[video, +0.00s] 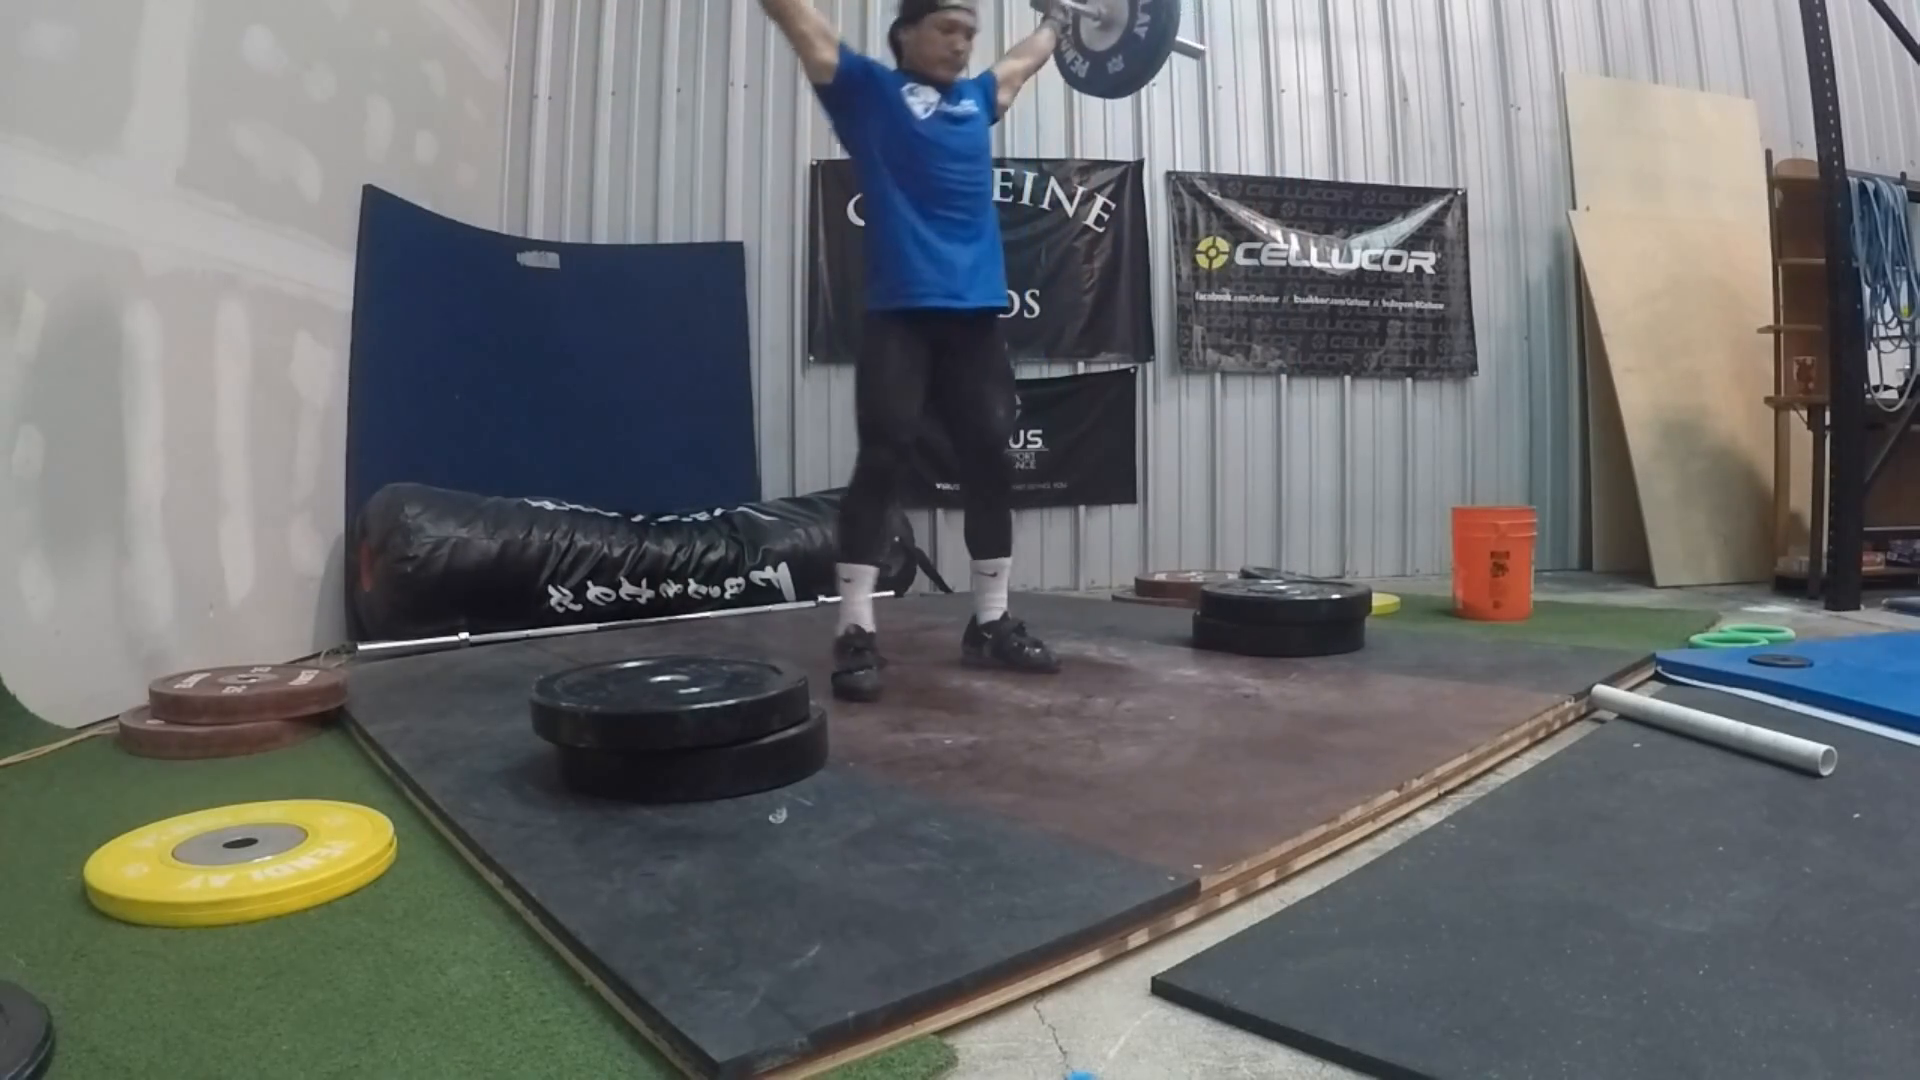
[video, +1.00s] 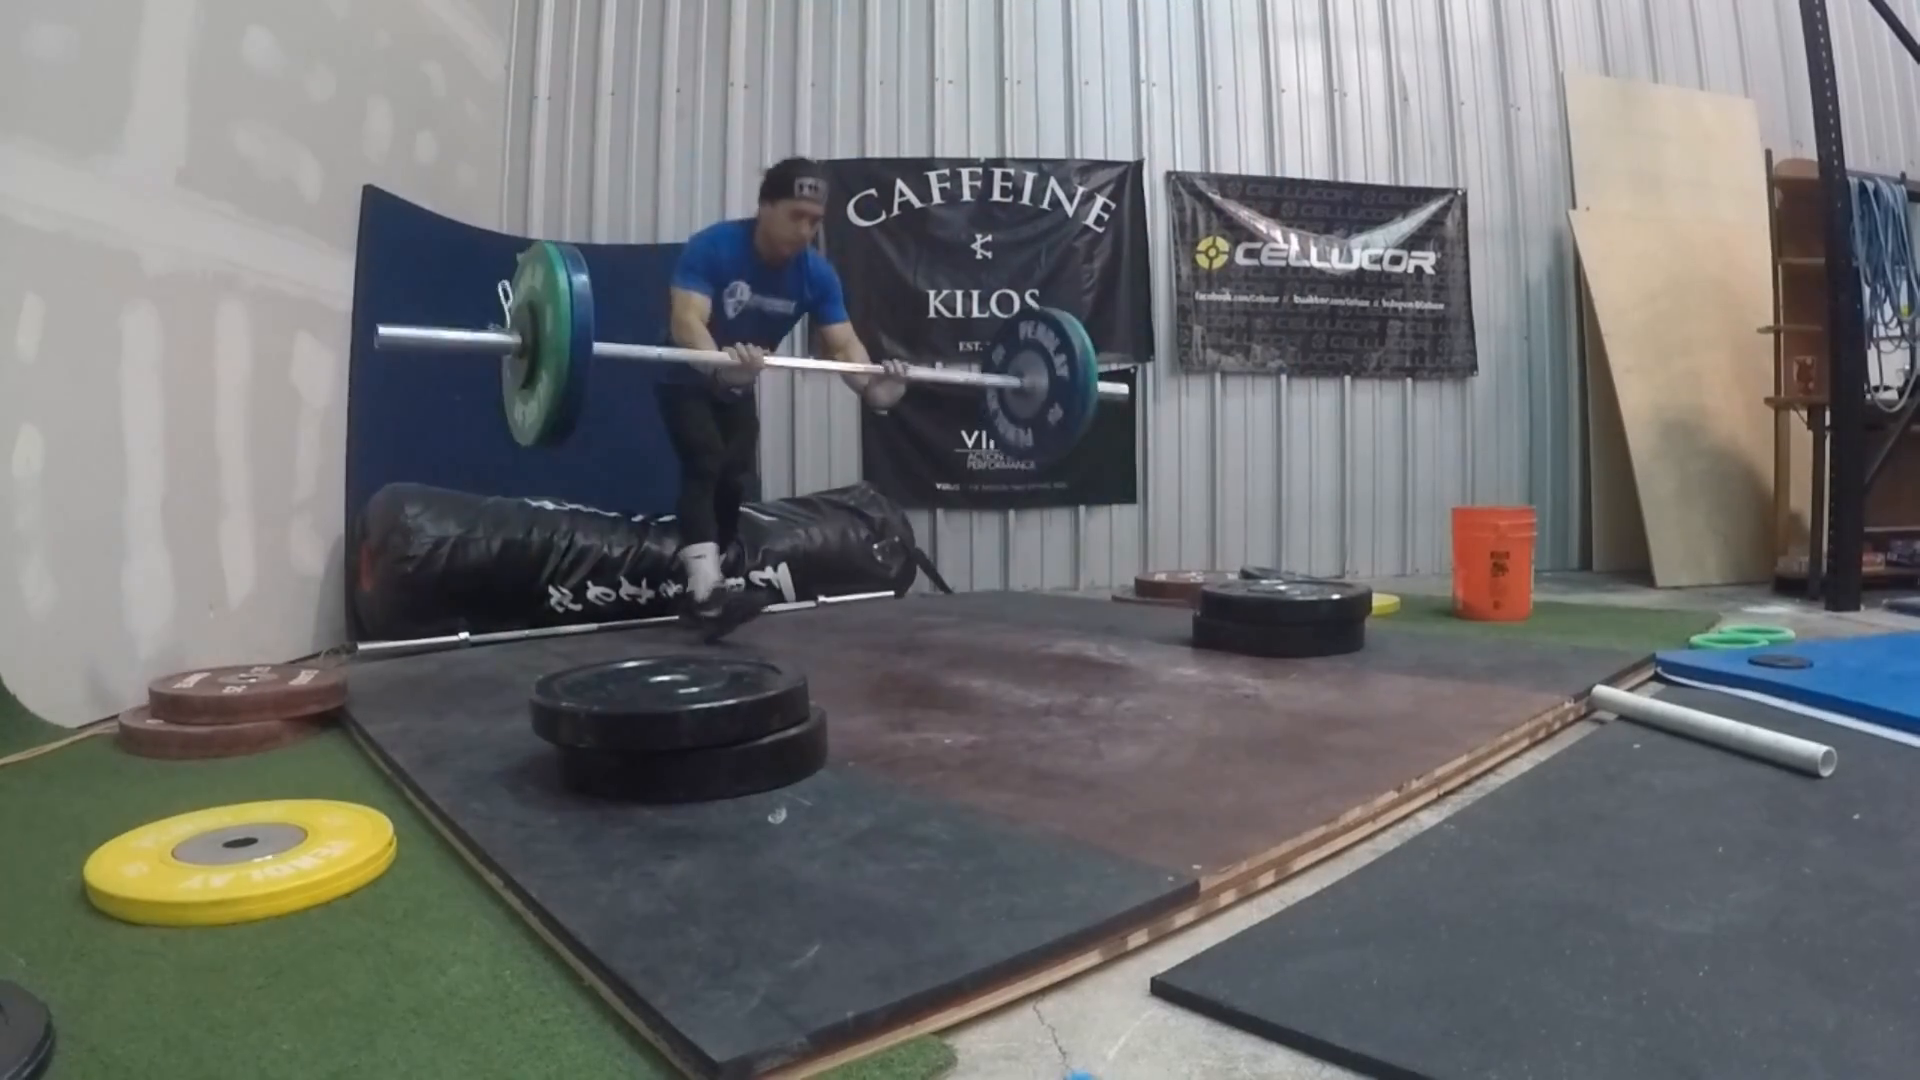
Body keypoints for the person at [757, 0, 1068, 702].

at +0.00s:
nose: (962, 44)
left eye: (968, 34)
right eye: (948, 30)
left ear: (972, 45)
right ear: (904, 37)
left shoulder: (977, 98)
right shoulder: (869, 89)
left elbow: (1021, 63)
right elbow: (800, 22)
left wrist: (1063, 22)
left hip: (976, 319)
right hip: (898, 319)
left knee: (991, 457)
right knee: (884, 457)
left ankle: (991, 621)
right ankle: (856, 631)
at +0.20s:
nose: (889, 84)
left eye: (895, 74)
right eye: (876, 72)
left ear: (899, 79)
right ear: (838, 77)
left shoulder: (917, 141)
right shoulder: (804, 134)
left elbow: (985, 110)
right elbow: (727, 70)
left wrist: (1027, 59)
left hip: (920, 340)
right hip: (846, 339)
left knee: (952, 462)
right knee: (853, 470)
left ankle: (989, 622)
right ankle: (770, 598)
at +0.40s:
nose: (827, 105)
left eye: (835, 97)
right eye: (815, 91)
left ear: (838, 108)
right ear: (778, 97)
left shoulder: (842, 182)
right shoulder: (744, 156)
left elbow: (919, 218)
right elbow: (668, 206)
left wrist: (992, 207)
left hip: (834, 349)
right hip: (765, 347)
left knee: (895, 447)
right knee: (780, 465)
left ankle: (922, 598)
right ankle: (750, 613)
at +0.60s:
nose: (805, 117)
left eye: (814, 108)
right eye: (795, 104)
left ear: (818, 113)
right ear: (759, 101)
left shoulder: (824, 184)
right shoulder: (717, 158)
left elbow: (843, 265)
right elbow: (667, 228)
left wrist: (885, 323)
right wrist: (685, 293)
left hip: (795, 347)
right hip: (727, 340)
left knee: (820, 457)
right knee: (743, 450)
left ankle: (778, 572)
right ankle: (735, 589)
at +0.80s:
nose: (803, 169)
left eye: (811, 159)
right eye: (792, 155)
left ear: (816, 163)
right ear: (757, 153)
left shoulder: (816, 231)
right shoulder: (710, 210)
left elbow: (836, 310)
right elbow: (678, 284)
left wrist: (857, 360)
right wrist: (711, 338)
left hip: (759, 374)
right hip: (704, 366)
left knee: (755, 466)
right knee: (737, 459)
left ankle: (702, 581)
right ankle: (737, 601)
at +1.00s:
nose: (807, 231)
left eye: (815, 221)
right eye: (798, 217)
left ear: (821, 223)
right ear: (766, 209)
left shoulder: (816, 274)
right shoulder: (711, 248)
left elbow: (844, 344)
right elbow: (685, 323)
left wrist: (876, 388)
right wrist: (720, 364)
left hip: (740, 386)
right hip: (687, 379)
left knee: (735, 481)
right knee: (704, 462)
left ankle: (718, 579)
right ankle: (704, 592)